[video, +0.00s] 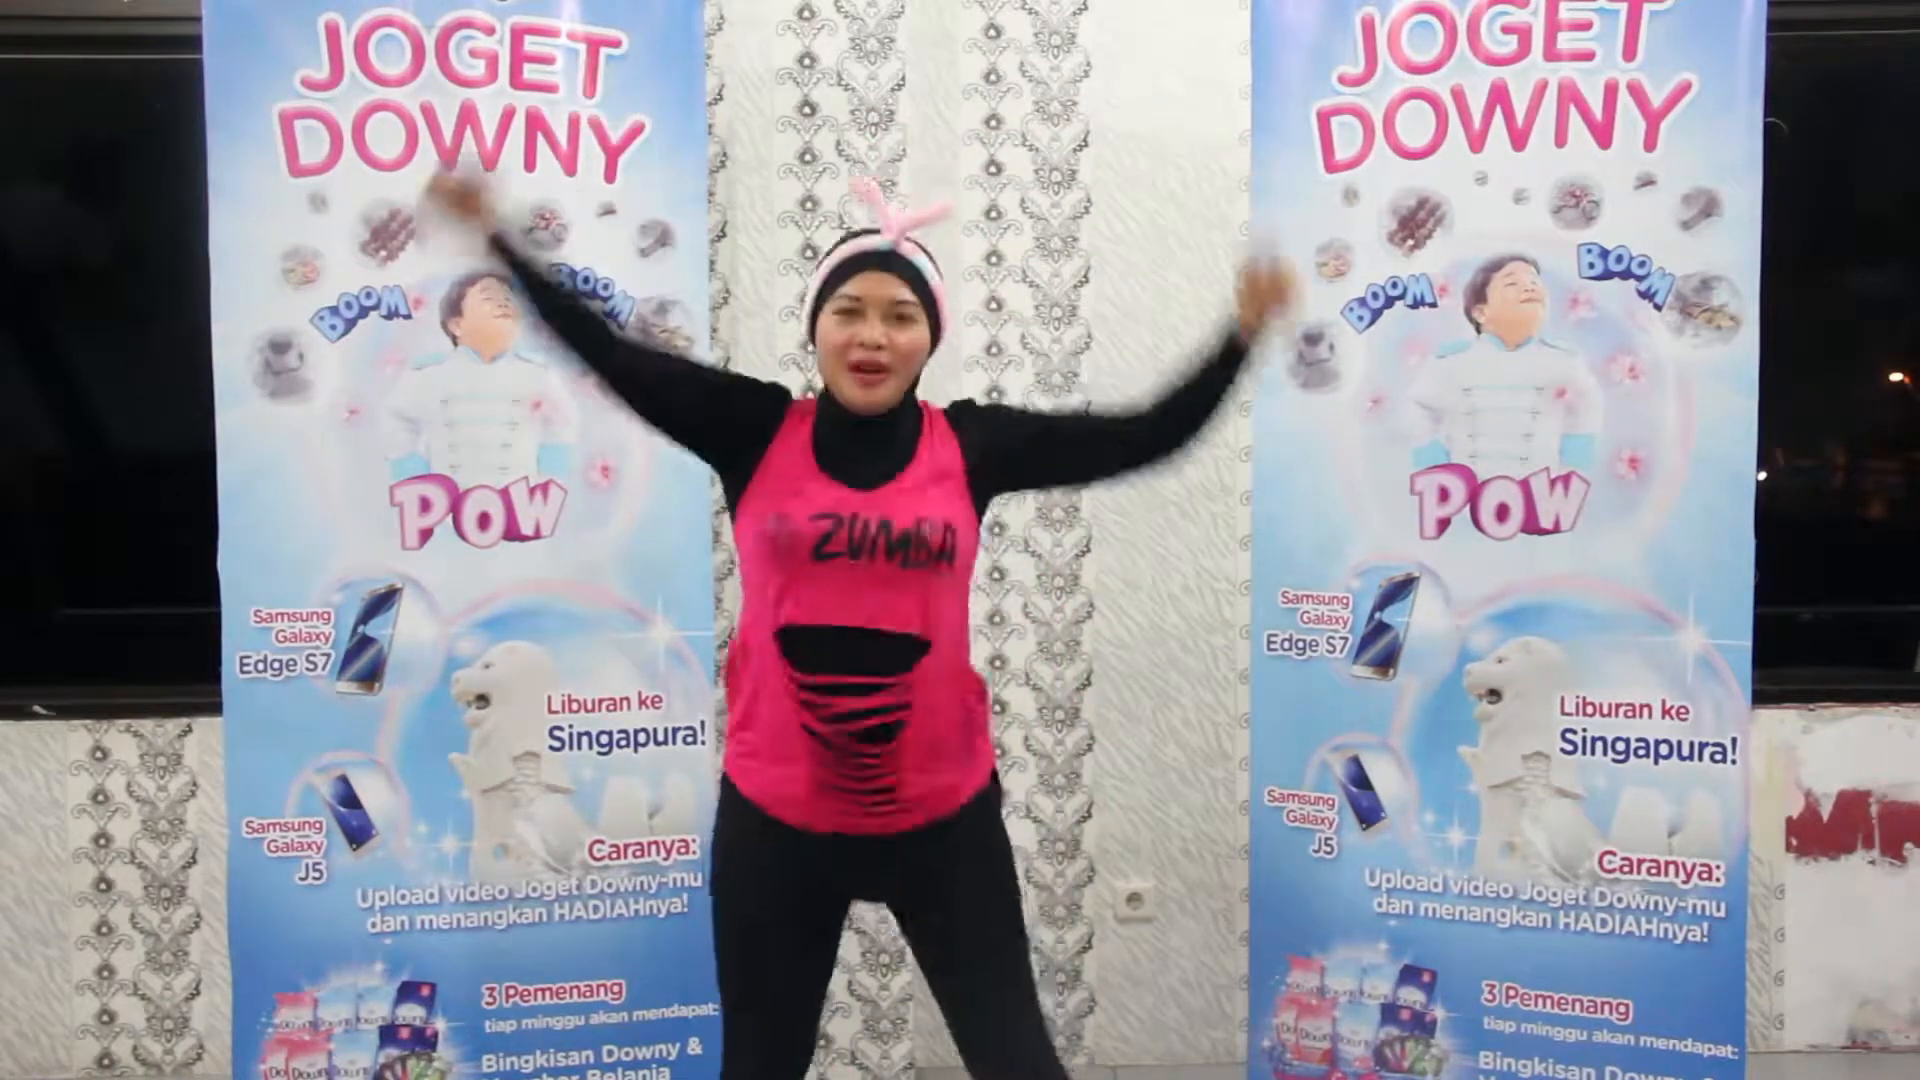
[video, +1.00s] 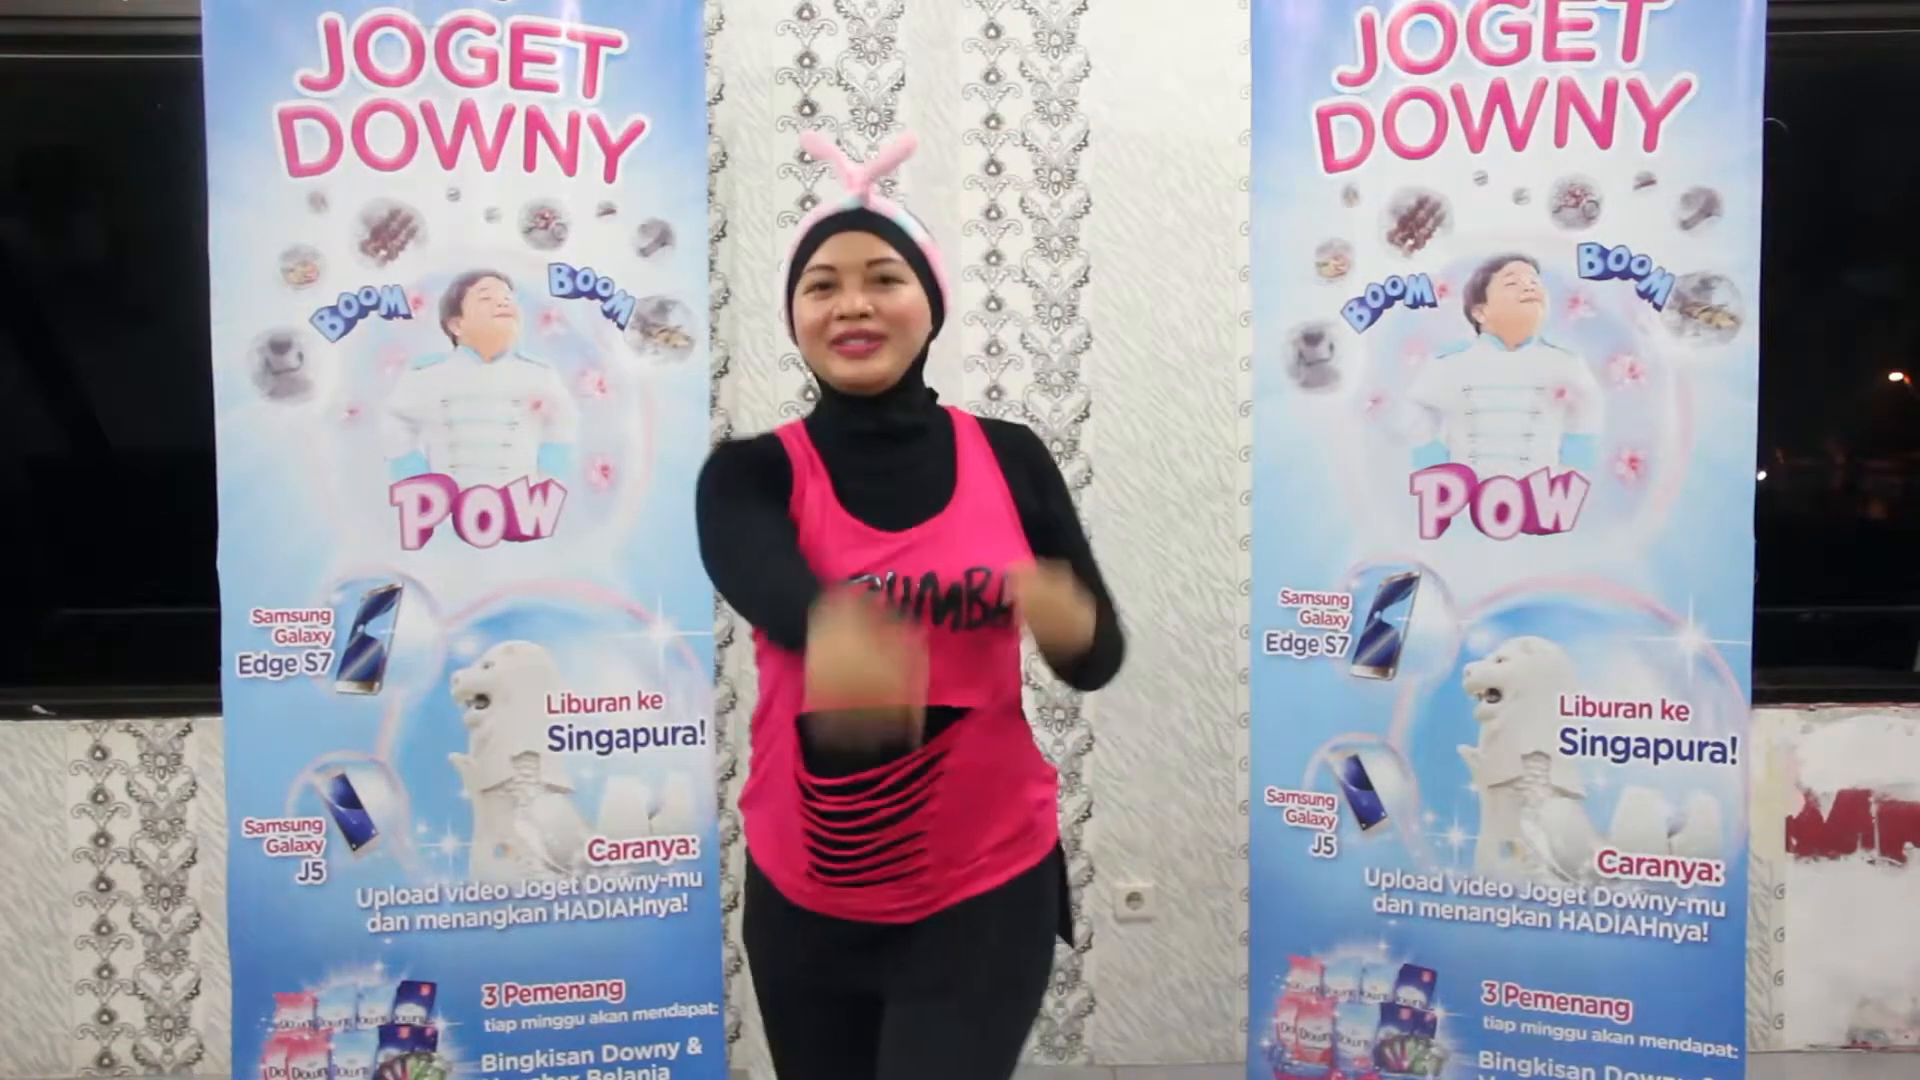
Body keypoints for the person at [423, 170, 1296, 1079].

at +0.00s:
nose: (874, 333)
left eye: (898, 315)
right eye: (850, 312)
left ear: (930, 342)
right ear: (814, 335)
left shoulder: (973, 444)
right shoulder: (752, 427)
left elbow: (1142, 437)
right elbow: (614, 354)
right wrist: (500, 236)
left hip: (944, 824)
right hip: (777, 827)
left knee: (1018, 1062)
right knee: (759, 1067)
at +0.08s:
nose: (879, 331)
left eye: (904, 314)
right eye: (857, 311)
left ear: (936, 343)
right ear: (819, 334)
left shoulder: (980, 462)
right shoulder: (754, 440)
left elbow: (1134, 532)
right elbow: (578, 451)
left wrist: (1225, 501)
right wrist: (446, 406)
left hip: (949, 824)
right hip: (785, 828)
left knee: (995, 1063)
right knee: (767, 1063)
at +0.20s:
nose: (897, 342)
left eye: (922, 322)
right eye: (874, 321)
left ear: (957, 346)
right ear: (841, 343)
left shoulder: (1004, 491)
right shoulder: (783, 485)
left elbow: (1049, 634)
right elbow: (680, 619)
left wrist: (1120, 727)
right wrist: (542, 728)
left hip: (967, 836)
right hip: (806, 834)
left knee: (990, 1068)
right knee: (775, 1066)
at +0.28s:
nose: (914, 342)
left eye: (939, 320)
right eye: (889, 322)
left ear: (976, 342)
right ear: (857, 345)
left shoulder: (1028, 489)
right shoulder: (802, 486)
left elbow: (1048, 644)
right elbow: (751, 653)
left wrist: (1055, 763)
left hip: (987, 837)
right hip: (826, 838)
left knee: (997, 1068)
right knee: (790, 1066)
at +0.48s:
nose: (930, 352)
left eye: (957, 329)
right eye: (904, 329)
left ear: (994, 350)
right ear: (871, 348)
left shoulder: (1051, 489)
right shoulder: (813, 481)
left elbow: (1119, 637)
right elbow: (770, 621)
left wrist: (1141, 754)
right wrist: (756, 732)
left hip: (1016, 831)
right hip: (853, 828)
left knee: (1008, 1066)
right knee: (839, 1063)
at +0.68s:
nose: (909, 355)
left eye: (938, 330)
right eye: (883, 331)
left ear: (980, 349)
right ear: (854, 351)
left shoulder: (1051, 492)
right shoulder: (809, 492)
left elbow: (1113, 674)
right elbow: (734, 691)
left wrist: (1084, 780)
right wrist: (770, 575)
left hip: (1013, 866)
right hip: (846, 866)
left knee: (1000, 1069)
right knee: (830, 1066)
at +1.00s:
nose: (853, 303)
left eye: (883, 279)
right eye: (823, 284)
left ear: (931, 310)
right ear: (794, 322)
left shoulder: (1009, 459)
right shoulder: (751, 469)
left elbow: (1096, 661)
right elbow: (752, 562)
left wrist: (1057, 608)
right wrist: (825, 617)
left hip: (982, 887)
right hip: (809, 891)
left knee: (941, 1060)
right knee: (823, 1063)